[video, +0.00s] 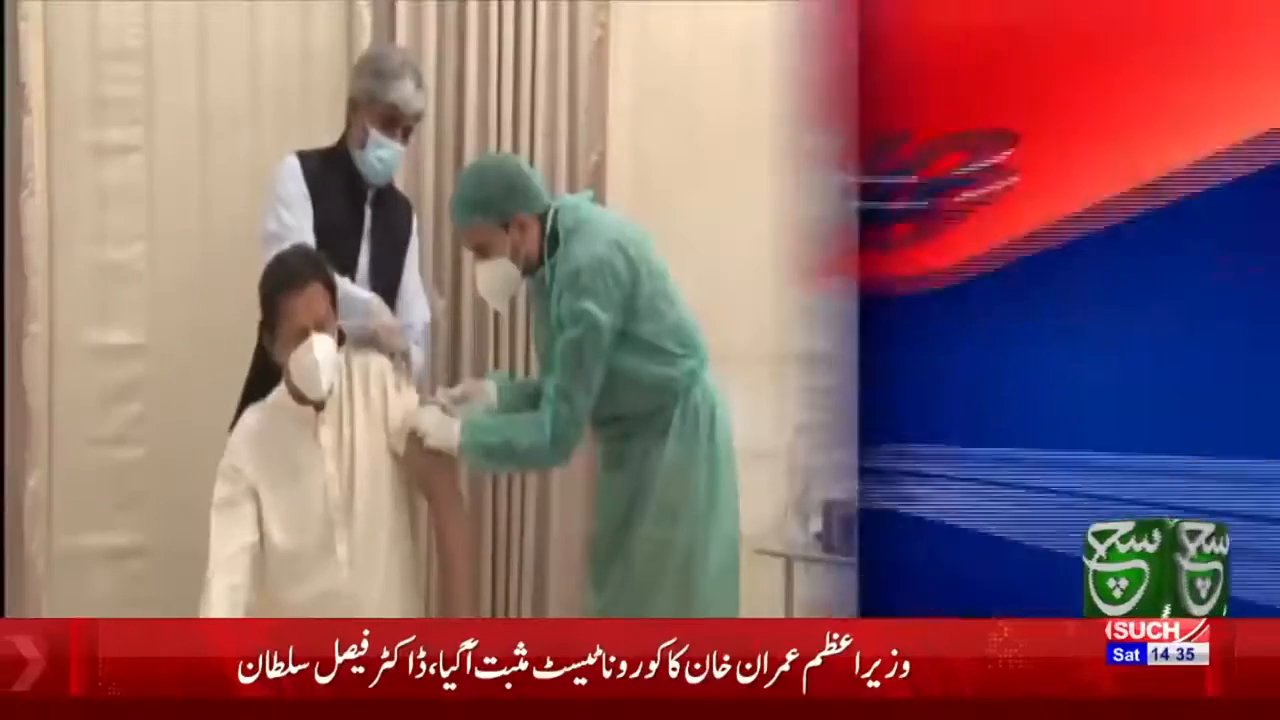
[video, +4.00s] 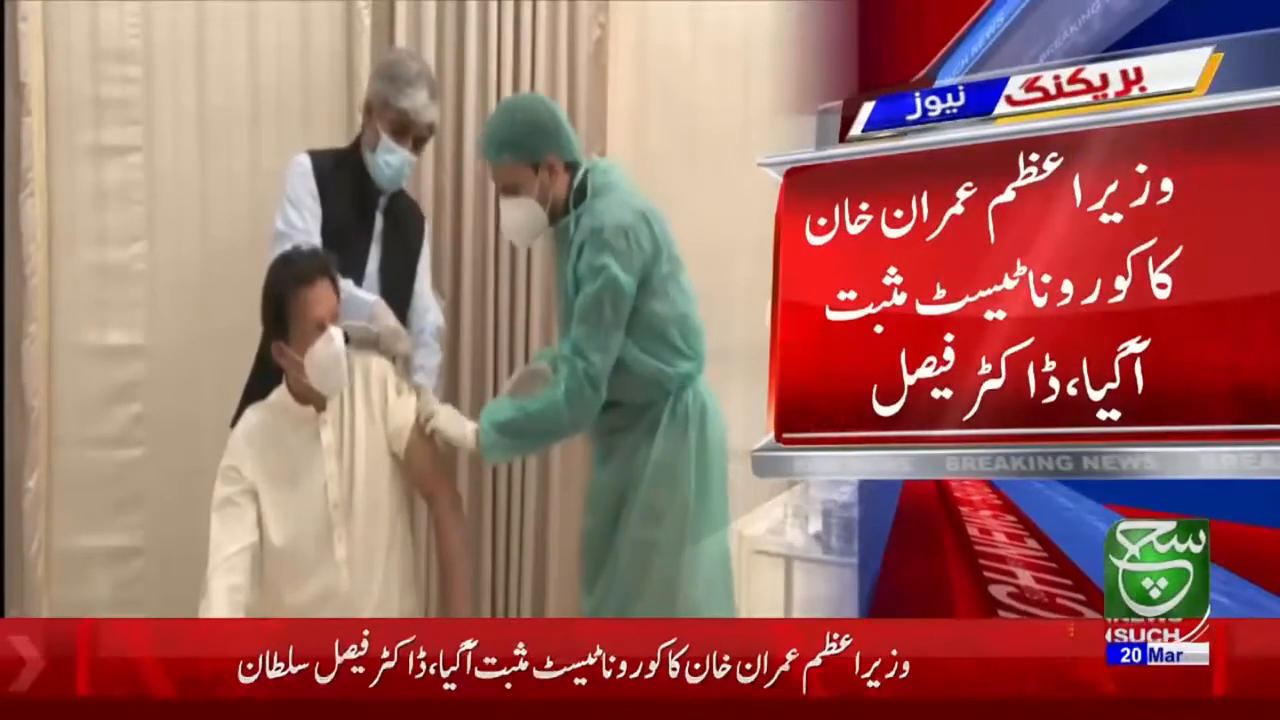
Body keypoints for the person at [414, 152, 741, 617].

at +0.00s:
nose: (481, 265)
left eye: (483, 251)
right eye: (474, 253)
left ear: (521, 227)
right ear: (522, 228)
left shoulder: (590, 260)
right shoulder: (554, 255)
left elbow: (558, 433)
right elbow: (557, 392)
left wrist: (459, 435)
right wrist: (491, 393)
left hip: (676, 432)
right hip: (629, 433)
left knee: (655, 594)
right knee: (616, 588)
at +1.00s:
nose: (481, 272)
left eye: (484, 259)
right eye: (475, 261)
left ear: (520, 231)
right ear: (520, 232)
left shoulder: (590, 262)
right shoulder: (551, 259)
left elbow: (571, 440)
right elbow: (550, 396)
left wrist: (468, 444)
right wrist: (485, 392)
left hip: (677, 433)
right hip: (631, 436)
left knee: (658, 601)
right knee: (614, 595)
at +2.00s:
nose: (483, 276)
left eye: (485, 262)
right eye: (476, 265)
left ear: (519, 233)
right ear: (519, 233)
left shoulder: (591, 261)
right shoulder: (553, 260)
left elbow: (563, 436)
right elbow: (551, 395)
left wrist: (462, 416)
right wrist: (485, 389)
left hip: (679, 434)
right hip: (632, 437)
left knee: (656, 605)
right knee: (614, 599)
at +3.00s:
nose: (483, 274)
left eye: (486, 260)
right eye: (476, 263)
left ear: (521, 230)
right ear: (522, 230)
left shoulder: (592, 259)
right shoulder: (558, 254)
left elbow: (564, 432)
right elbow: (563, 391)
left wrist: (461, 421)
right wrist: (497, 389)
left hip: (678, 435)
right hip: (634, 437)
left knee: (656, 606)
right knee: (616, 600)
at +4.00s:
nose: (506, 206)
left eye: (512, 190)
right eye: (501, 192)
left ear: (553, 171)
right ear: (551, 171)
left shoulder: (611, 225)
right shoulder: (581, 211)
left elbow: (583, 388)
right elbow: (595, 333)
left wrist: (484, 433)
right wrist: (550, 367)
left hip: (666, 429)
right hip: (629, 427)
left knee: (644, 600)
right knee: (613, 593)